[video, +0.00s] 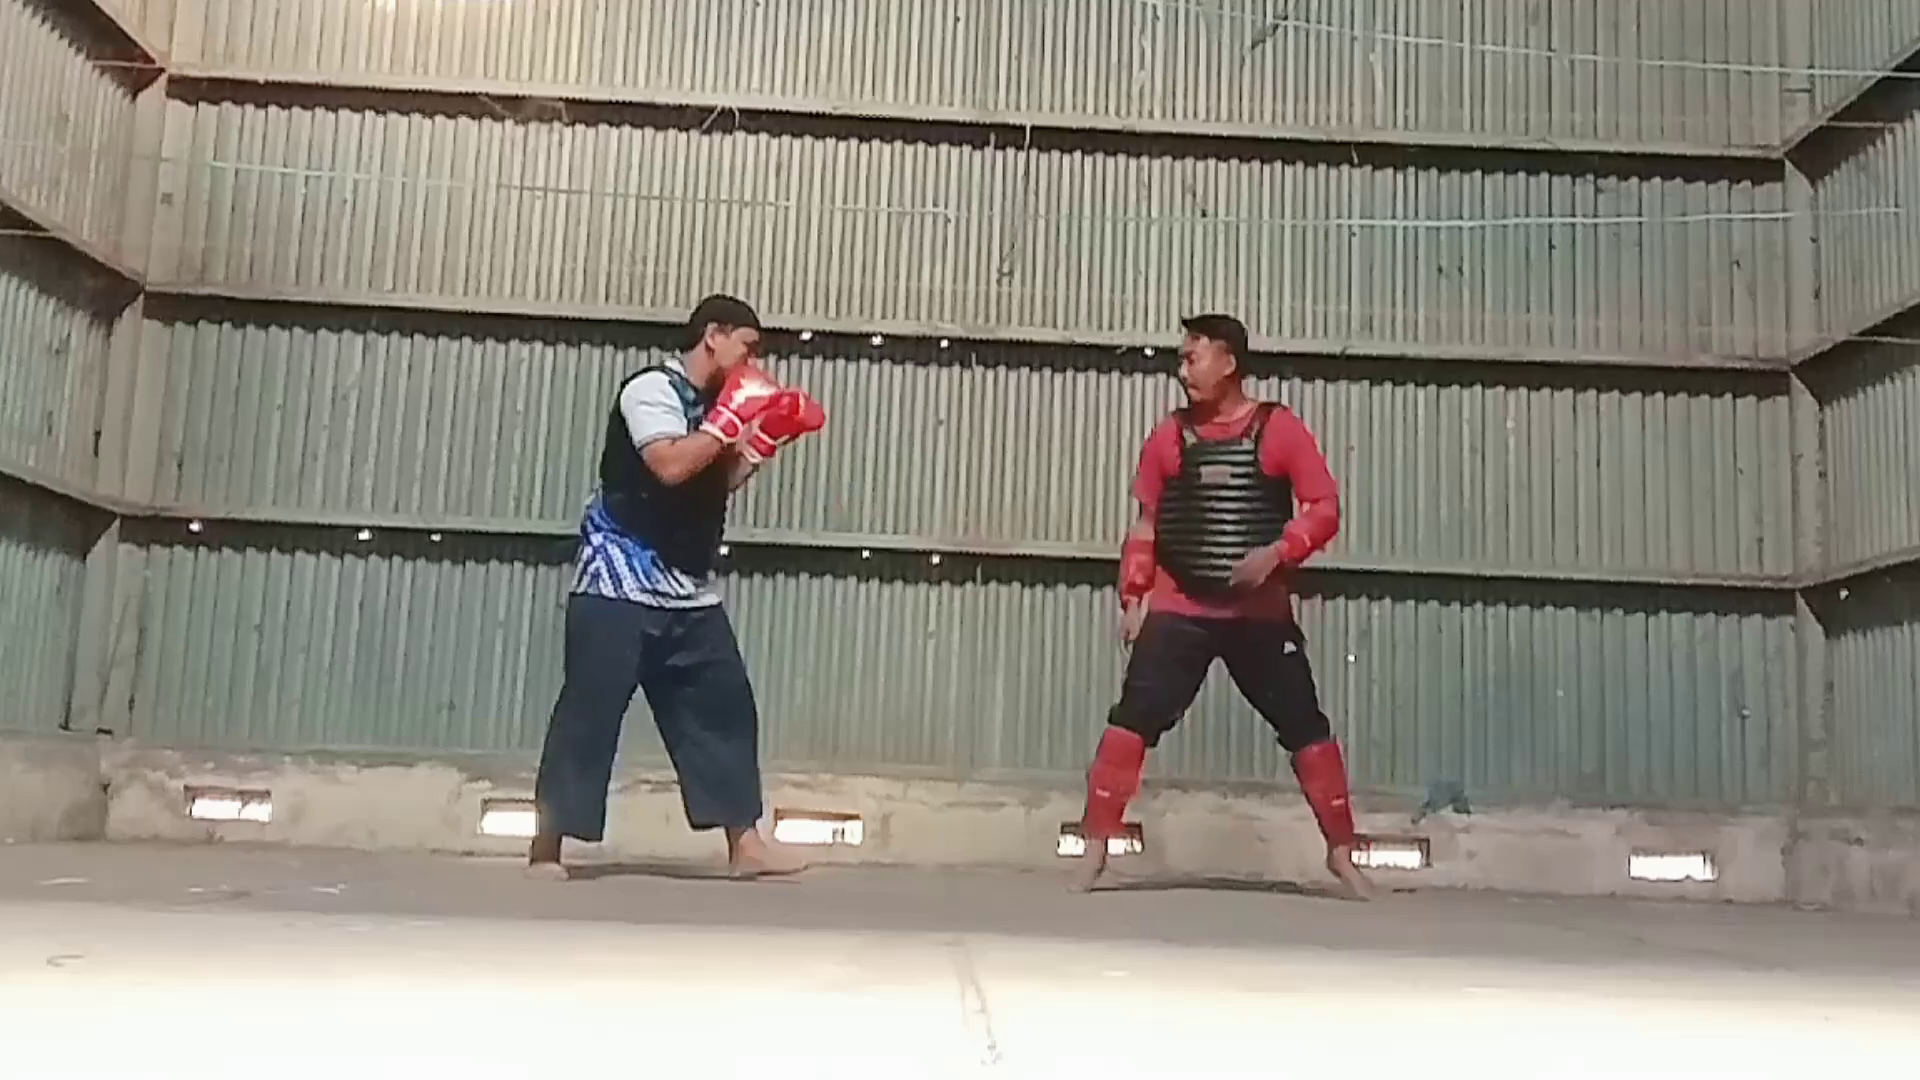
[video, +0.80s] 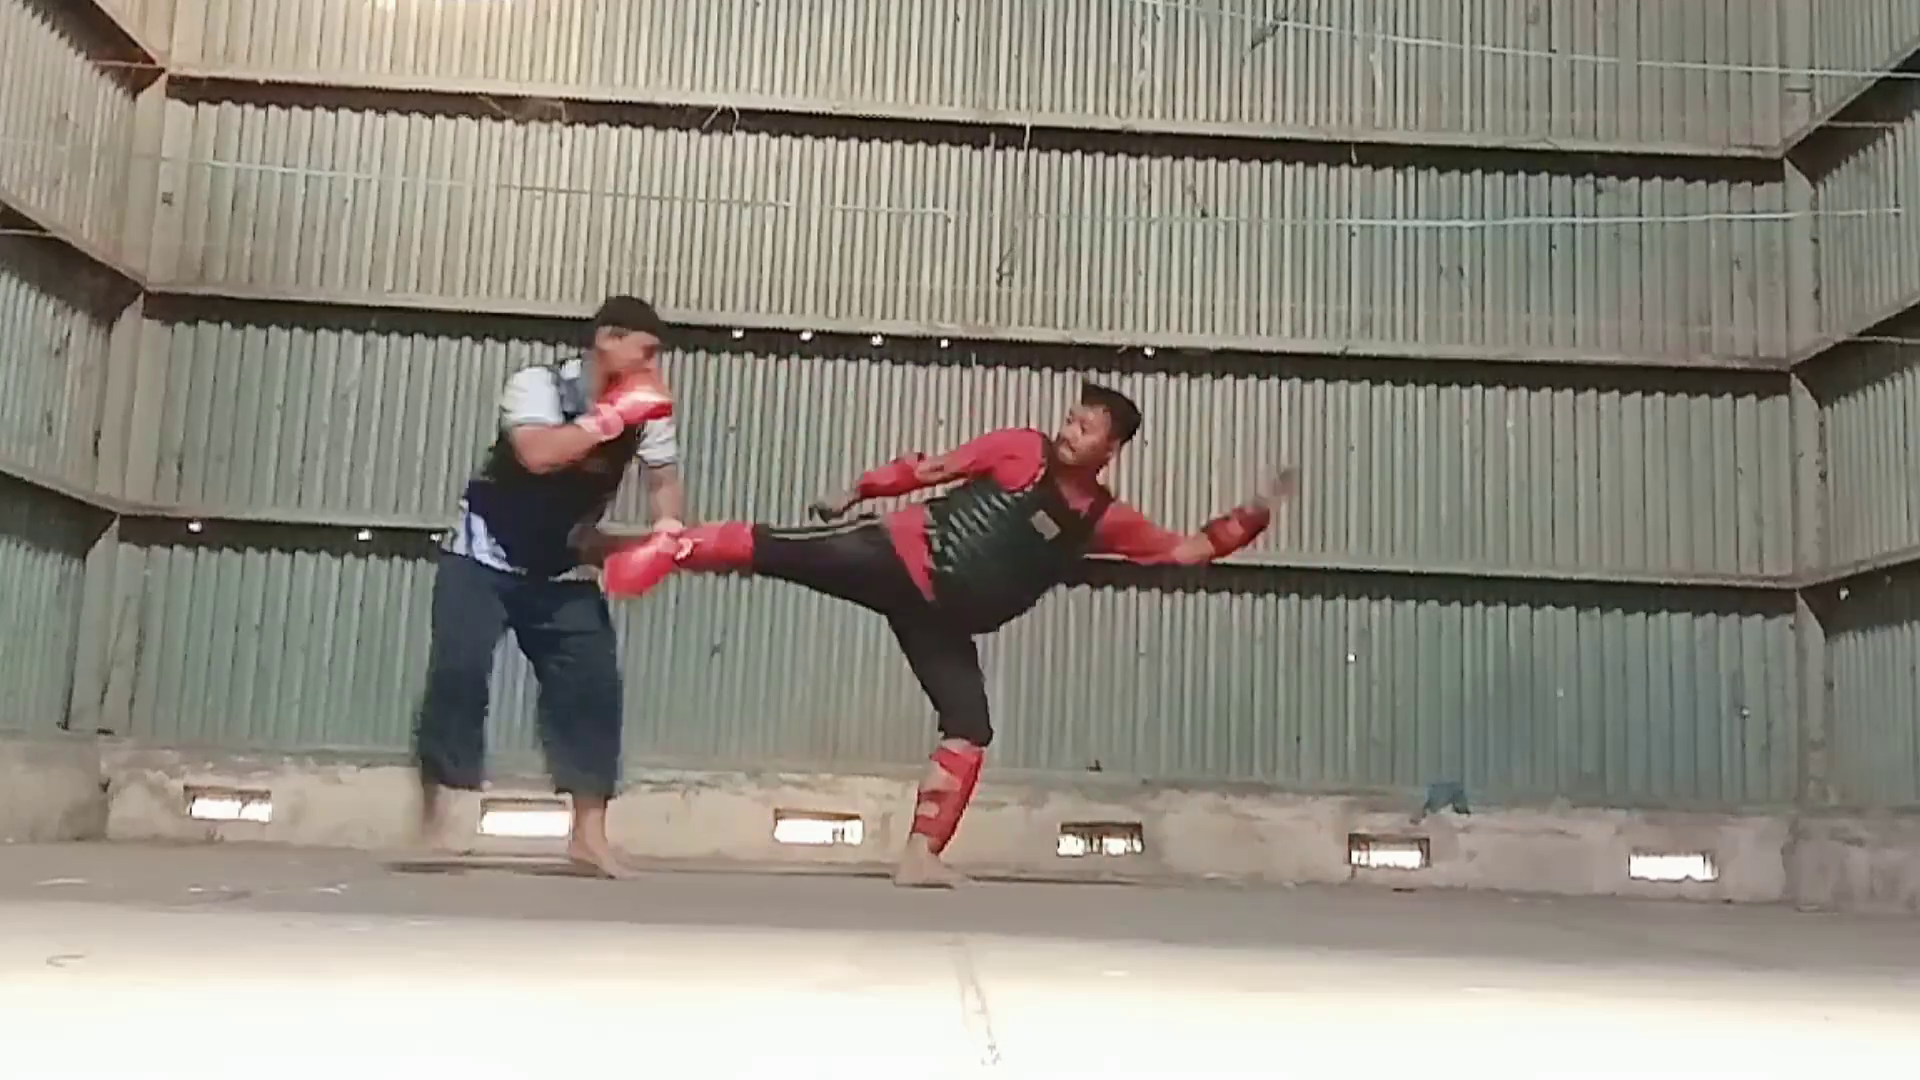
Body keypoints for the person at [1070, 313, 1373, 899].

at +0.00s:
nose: (1185, 368)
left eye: (1196, 358)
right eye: (1184, 358)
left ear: (1231, 363)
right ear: (1192, 365)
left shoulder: (1278, 428)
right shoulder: (1168, 437)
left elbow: (1324, 508)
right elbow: (1146, 519)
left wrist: (1275, 554)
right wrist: (1134, 591)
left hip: (1258, 616)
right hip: (1178, 613)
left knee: (1304, 726)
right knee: (1133, 718)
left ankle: (1342, 851)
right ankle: (1095, 848)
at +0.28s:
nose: (1162, 389)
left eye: (1174, 379)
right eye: (1160, 380)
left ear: (1211, 388)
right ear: (1161, 388)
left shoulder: (1256, 452)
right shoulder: (1148, 464)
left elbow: (1288, 530)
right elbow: (1121, 547)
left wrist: (1214, 536)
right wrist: (1097, 614)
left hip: (1242, 638)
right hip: (1161, 633)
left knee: (1291, 749)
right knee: (1098, 725)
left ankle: (1321, 870)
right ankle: (1056, 853)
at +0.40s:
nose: (1146, 383)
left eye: (1159, 376)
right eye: (1144, 374)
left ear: (1192, 388)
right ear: (1140, 383)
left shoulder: (1218, 457)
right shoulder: (1113, 451)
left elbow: (1237, 532)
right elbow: (1061, 501)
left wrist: (1170, 487)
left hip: (1198, 637)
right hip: (1117, 634)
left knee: (1258, 734)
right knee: (1077, 733)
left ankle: (1315, 855)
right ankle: (1079, 862)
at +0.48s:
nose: (1133, 373)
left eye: (1148, 368)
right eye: (1133, 363)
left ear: (1177, 387)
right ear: (1127, 369)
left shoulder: (1184, 460)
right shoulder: (1085, 410)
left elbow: (1203, 550)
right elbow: (1009, 406)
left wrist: (1169, 564)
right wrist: (966, 406)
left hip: (1131, 613)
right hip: (1058, 604)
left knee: (1200, 719)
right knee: (1057, 726)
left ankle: (1209, 848)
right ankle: (1075, 862)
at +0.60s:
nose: (1118, 370)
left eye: (1135, 366)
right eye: (1120, 357)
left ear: (1164, 385)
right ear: (1115, 355)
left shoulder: (1157, 455)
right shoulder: (1074, 389)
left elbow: (1145, 546)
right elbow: (979, 396)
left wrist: (1111, 563)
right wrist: (903, 416)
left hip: (1060, 573)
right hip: (1000, 548)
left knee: (1093, 698)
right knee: (996, 661)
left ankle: (1029, 798)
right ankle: (972, 777)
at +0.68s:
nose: (1079, 393)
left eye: (1095, 387)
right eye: (1082, 381)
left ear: (1129, 405)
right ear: (1078, 383)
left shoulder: (1132, 483)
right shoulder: (1040, 420)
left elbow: (1168, 563)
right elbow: (953, 437)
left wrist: (1183, 530)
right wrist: (868, 462)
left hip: (994, 606)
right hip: (949, 553)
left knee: (986, 740)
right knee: (877, 574)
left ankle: (925, 850)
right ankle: (785, 561)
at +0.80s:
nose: (1069, 437)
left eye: (1086, 435)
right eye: (1069, 425)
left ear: (1112, 451)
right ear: (1062, 424)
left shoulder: (1106, 524)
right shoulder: (1017, 450)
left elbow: (1190, 552)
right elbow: (924, 470)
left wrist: (1258, 512)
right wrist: (856, 491)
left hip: (941, 626)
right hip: (894, 561)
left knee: (969, 732)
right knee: (778, 549)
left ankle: (919, 859)